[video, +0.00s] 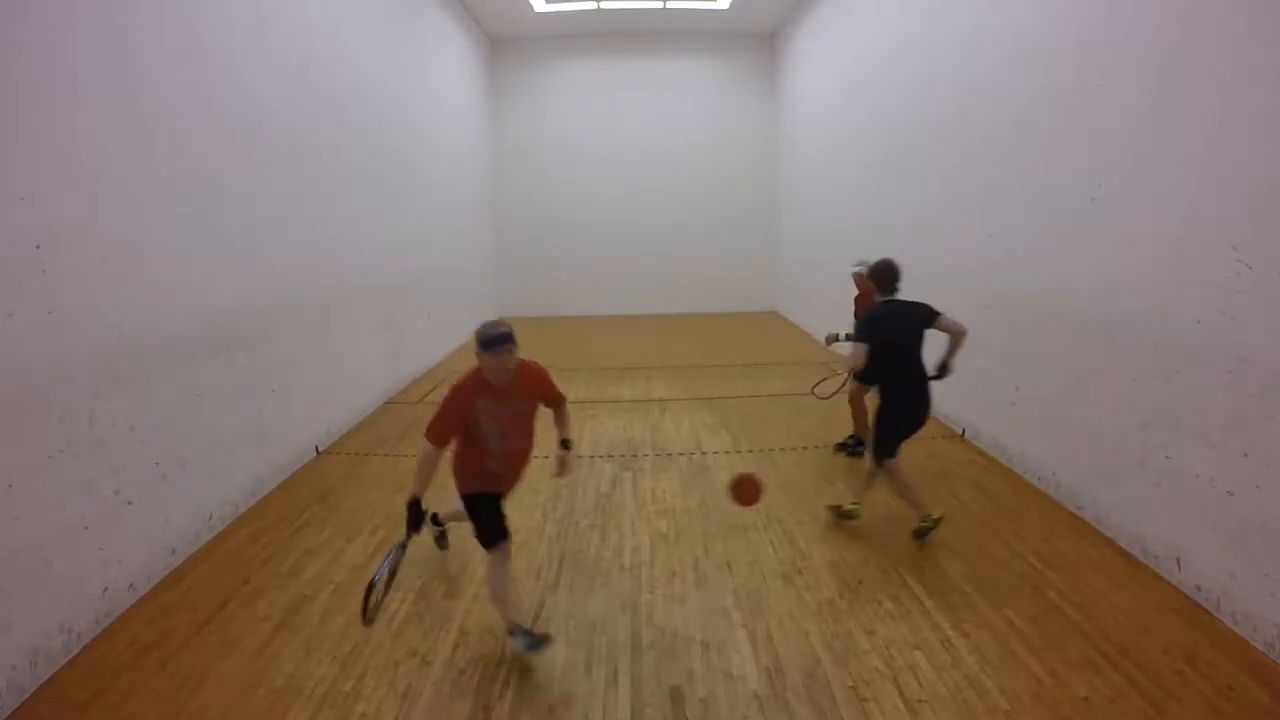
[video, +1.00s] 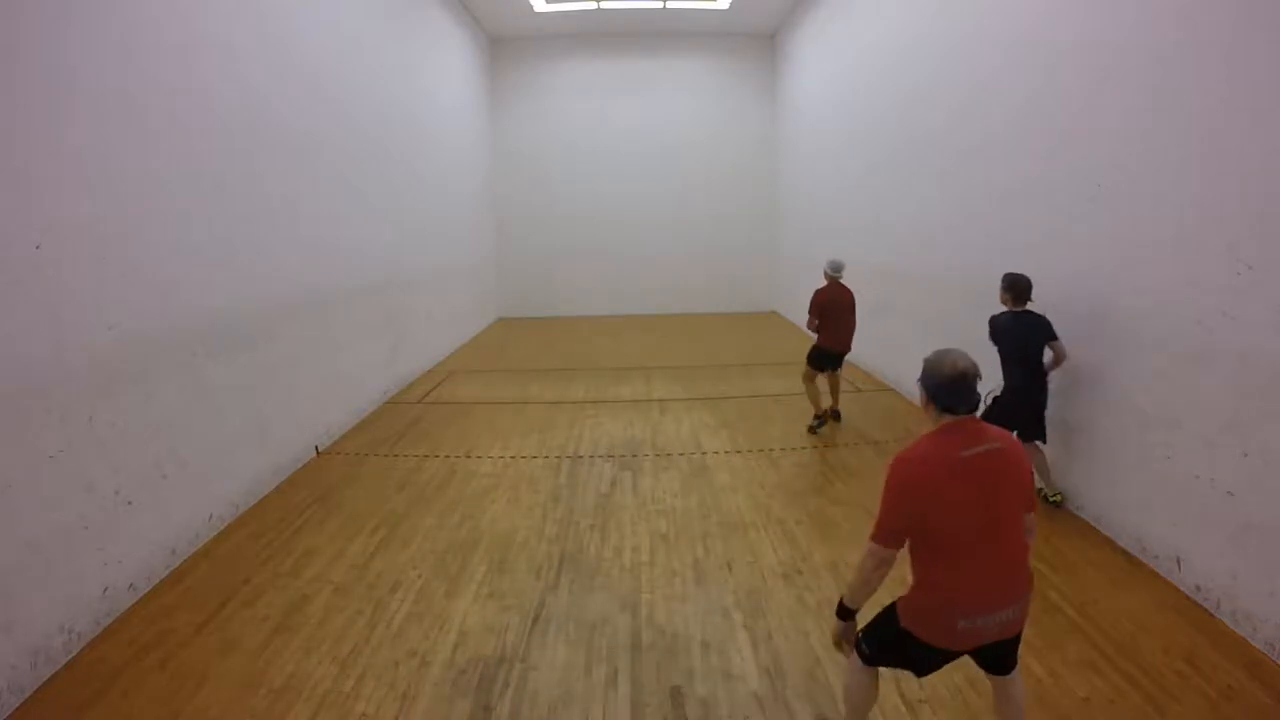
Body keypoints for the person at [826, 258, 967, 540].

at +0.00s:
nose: (865, 285)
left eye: (867, 281)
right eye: (868, 281)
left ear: (874, 285)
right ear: (896, 283)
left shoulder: (870, 318)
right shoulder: (916, 310)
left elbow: (857, 364)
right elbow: (958, 331)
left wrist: (848, 356)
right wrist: (946, 362)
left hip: (893, 405)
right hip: (920, 402)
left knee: (884, 460)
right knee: (877, 451)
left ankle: (926, 514)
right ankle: (856, 503)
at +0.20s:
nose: (945, 296)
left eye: (945, 292)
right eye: (950, 292)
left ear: (947, 295)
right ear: (970, 294)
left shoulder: (944, 327)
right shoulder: (984, 323)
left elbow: (934, 371)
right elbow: (1012, 357)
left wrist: (938, 354)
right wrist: (1011, 383)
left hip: (965, 407)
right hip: (989, 402)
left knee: (944, 459)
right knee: (977, 441)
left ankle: (967, 517)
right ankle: (1007, 489)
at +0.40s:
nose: (1001, 308)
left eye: (1002, 304)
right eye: (1002, 303)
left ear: (1007, 307)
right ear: (1027, 307)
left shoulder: (999, 335)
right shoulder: (1041, 332)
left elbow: (987, 367)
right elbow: (1059, 366)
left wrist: (1003, 349)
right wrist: (1042, 372)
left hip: (1017, 404)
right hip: (1042, 401)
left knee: (992, 452)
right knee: (1032, 449)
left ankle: (992, 504)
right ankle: (1054, 493)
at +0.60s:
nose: (1031, 300)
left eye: (1033, 297)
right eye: (1033, 296)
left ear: (1037, 300)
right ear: (1058, 300)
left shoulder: (1027, 324)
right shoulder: (1072, 327)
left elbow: (1044, 336)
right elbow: (1082, 364)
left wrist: (1062, 319)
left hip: (1038, 393)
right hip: (1065, 394)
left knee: (1020, 439)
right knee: (1042, 441)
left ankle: (1030, 488)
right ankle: (1054, 491)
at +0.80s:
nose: (1028, 294)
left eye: (1030, 291)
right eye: (1029, 290)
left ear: (1034, 294)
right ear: (1055, 295)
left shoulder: (1024, 317)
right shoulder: (1069, 323)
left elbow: (1042, 334)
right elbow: (1078, 362)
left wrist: (1059, 315)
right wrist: (1058, 356)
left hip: (1035, 392)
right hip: (1060, 393)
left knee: (1008, 434)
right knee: (1038, 435)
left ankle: (1024, 483)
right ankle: (1053, 489)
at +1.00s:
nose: (999, 294)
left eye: (1001, 290)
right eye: (1001, 290)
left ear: (1007, 295)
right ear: (1027, 295)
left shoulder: (997, 322)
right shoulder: (1040, 321)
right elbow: (1060, 355)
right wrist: (1045, 369)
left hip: (1012, 391)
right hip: (1037, 390)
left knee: (985, 432)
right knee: (1028, 441)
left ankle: (985, 483)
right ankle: (1050, 489)